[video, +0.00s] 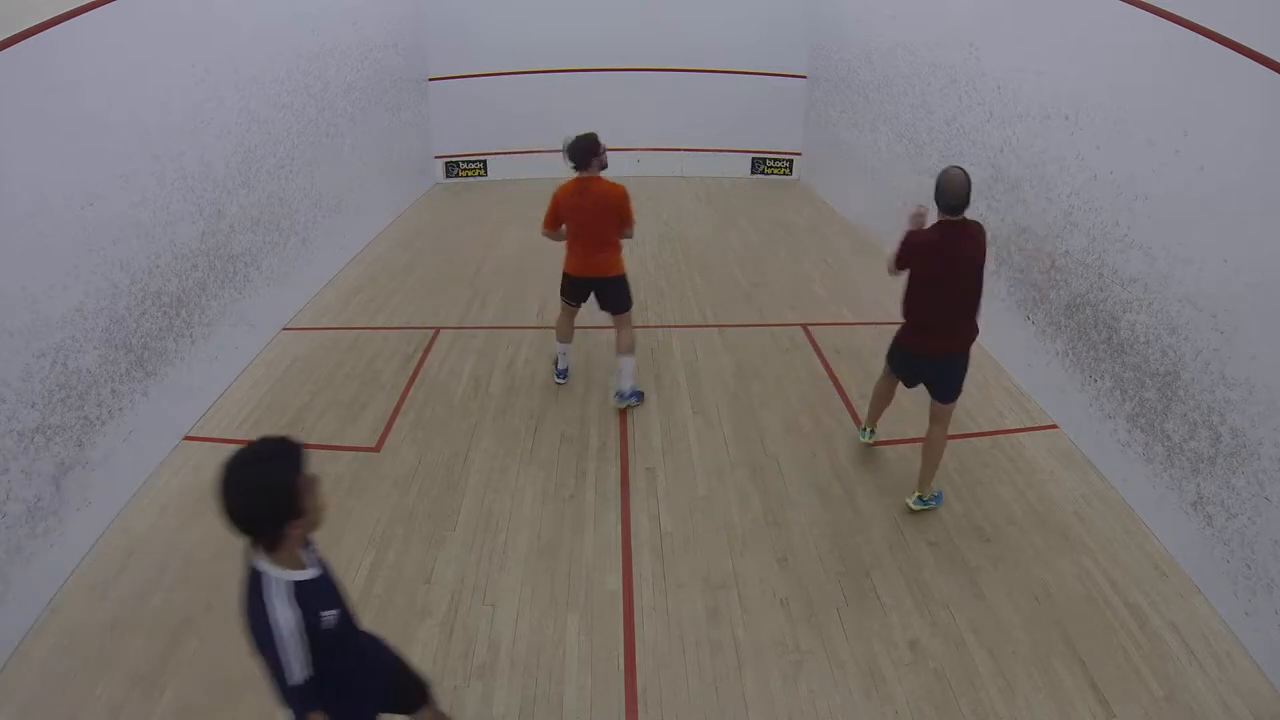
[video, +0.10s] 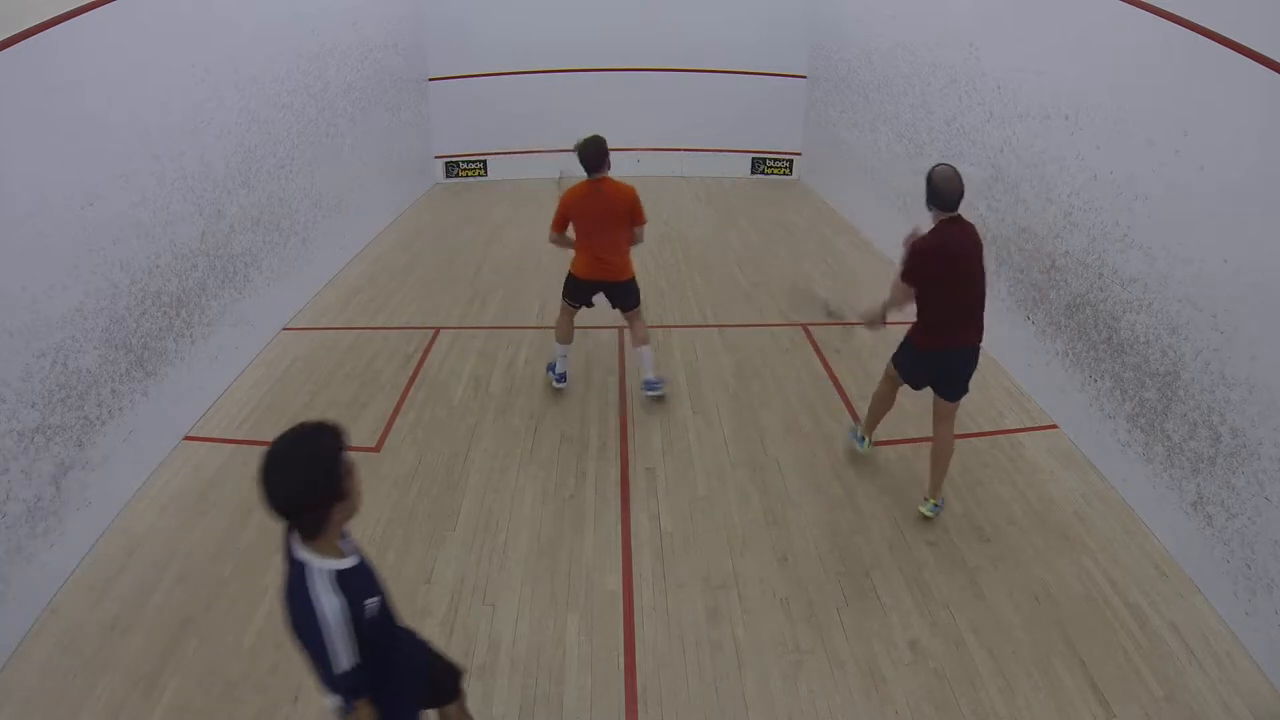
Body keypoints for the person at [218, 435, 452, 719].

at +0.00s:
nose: (316, 487)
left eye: (308, 482)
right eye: (306, 487)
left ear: (291, 522)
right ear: (293, 518)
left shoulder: (296, 550)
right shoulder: (278, 608)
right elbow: (302, 699)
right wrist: (311, 712)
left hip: (354, 651)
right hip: (331, 690)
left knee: (418, 698)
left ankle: (432, 714)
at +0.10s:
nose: (356, 474)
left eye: (350, 469)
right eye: (349, 473)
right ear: (335, 505)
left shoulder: (316, 535)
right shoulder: (323, 601)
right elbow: (353, 694)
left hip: (391, 643)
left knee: (446, 681)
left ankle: (455, 712)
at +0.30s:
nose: (414, 452)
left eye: (410, 443)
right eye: (411, 448)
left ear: (346, 477)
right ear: (409, 475)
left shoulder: (355, 518)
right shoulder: (401, 588)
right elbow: (425, 692)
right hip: (461, 699)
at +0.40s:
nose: (446, 447)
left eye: (439, 440)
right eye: (442, 445)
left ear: (377, 479)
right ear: (444, 473)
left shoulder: (377, 514)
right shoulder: (446, 588)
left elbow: (364, 568)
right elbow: (468, 693)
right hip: (488, 695)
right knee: (546, 712)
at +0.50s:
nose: (484, 453)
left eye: (476, 446)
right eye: (478, 448)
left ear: (409, 477)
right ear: (480, 474)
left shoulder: (400, 526)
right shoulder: (484, 590)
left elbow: (376, 588)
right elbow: (513, 696)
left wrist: (431, 606)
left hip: (457, 682)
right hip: (510, 701)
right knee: (567, 712)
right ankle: (622, 717)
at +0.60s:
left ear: (441, 495)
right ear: (518, 489)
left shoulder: (424, 550)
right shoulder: (536, 605)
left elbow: (397, 619)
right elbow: (563, 705)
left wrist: (455, 621)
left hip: (482, 698)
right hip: (536, 709)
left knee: (490, 704)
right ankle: (638, 716)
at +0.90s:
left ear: (521, 519)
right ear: (600, 504)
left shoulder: (485, 591)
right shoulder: (631, 602)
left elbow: (459, 687)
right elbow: (661, 688)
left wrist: (493, 669)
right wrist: (674, 709)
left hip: (523, 712)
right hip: (606, 712)